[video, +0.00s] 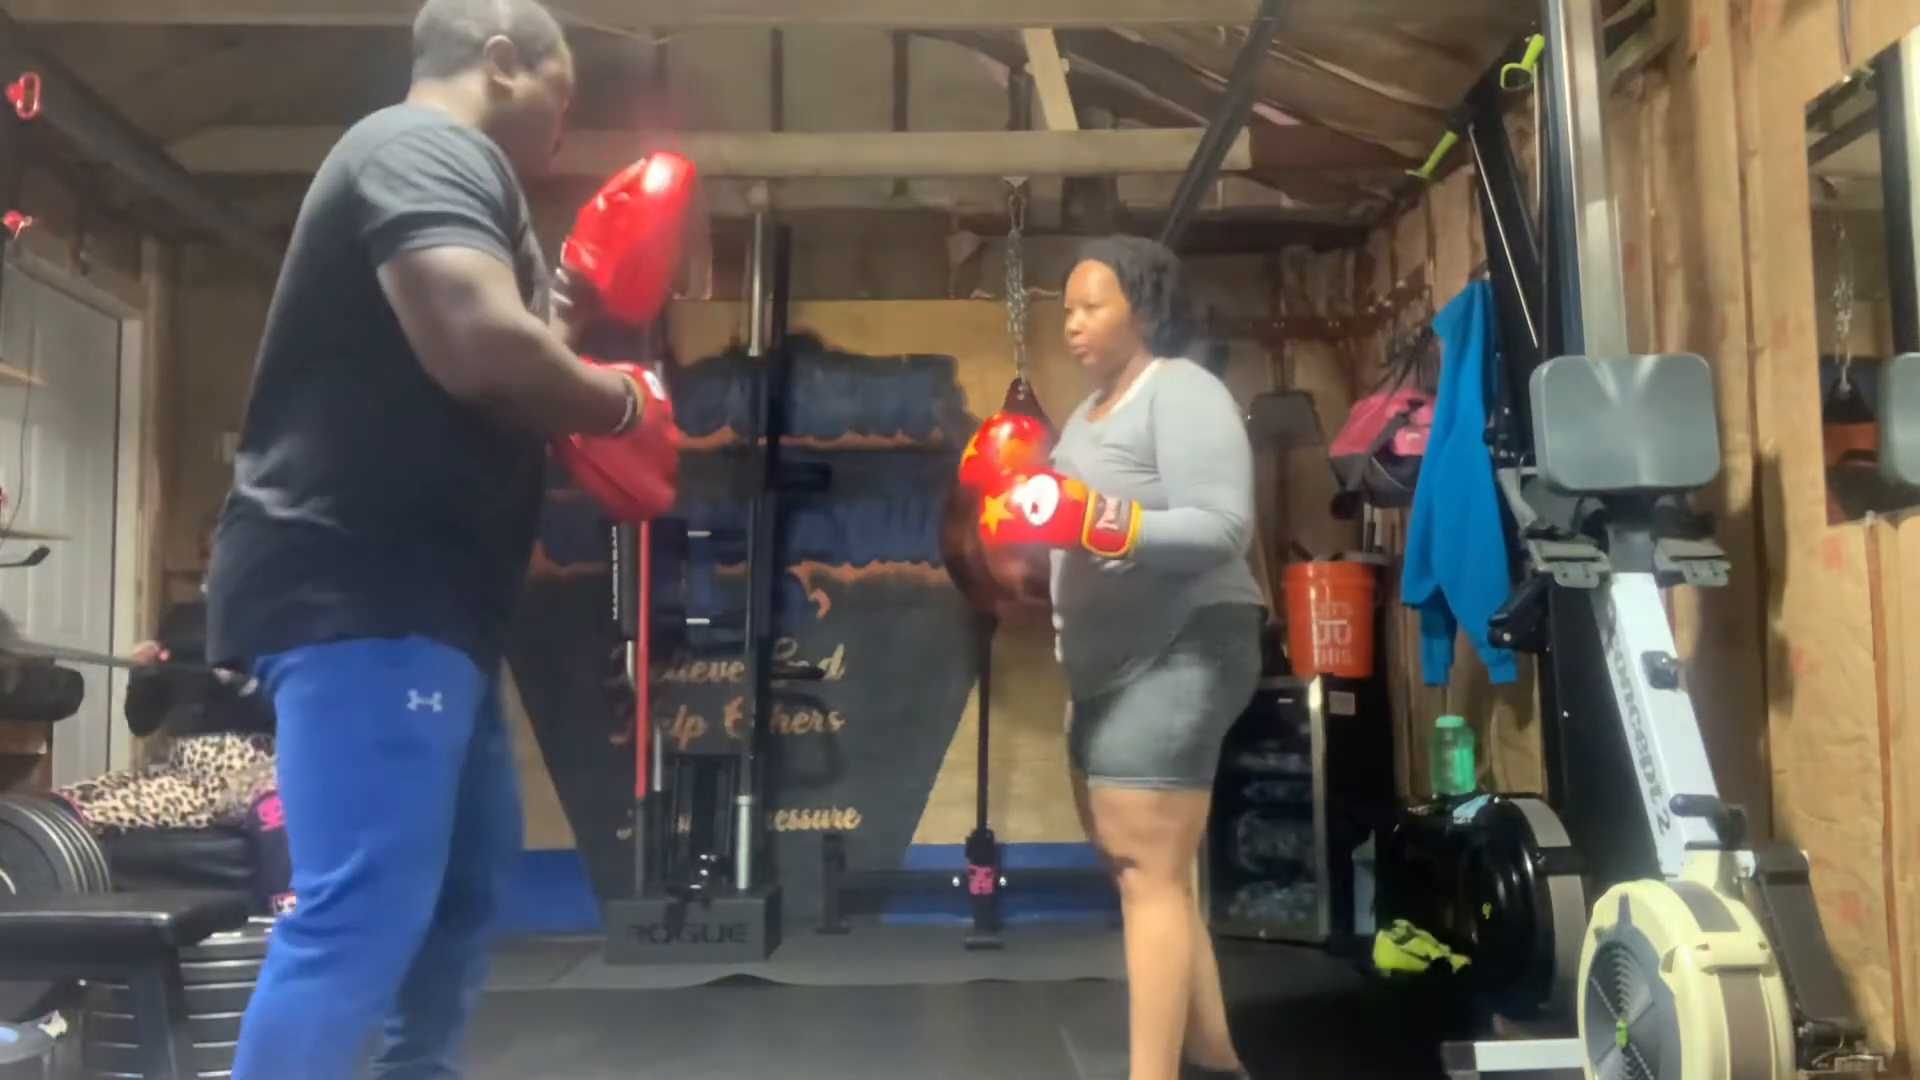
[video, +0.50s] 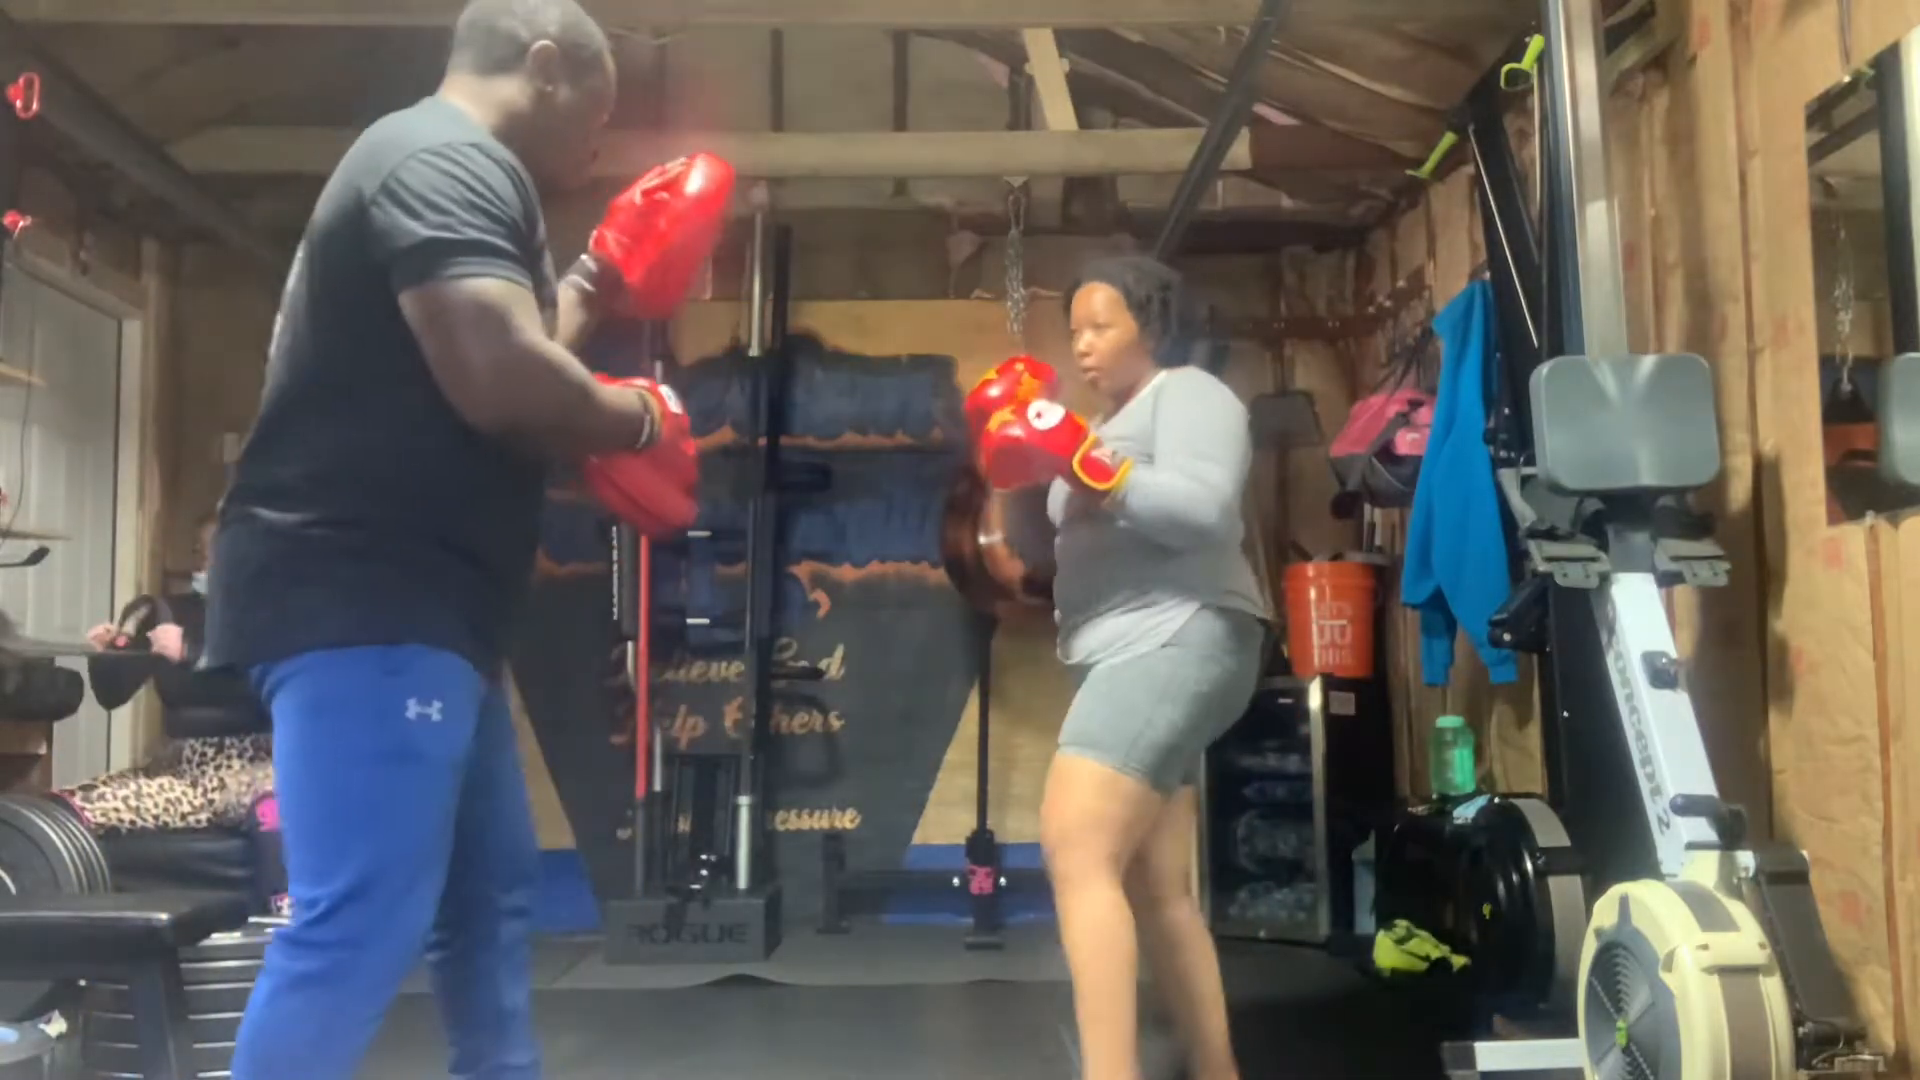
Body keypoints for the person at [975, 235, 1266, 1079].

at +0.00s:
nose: (1071, 325)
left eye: (1089, 307)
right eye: (1069, 309)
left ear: (1141, 311)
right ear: (1080, 318)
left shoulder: (1187, 392)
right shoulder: (1083, 418)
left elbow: (1221, 527)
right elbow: (1080, 527)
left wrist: (1095, 516)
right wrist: (1019, 484)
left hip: (1186, 641)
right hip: (1106, 653)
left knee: (1149, 867)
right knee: (1141, 865)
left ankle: (1152, 1072)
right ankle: (1215, 1058)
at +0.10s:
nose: (1075, 328)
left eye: (1093, 310)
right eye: (1073, 312)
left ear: (1147, 313)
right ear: (1081, 321)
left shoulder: (1191, 393)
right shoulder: (1081, 421)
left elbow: (1223, 527)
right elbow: (1054, 551)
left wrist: (1097, 508)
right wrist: (1010, 484)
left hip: (1185, 635)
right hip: (1109, 645)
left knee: (1144, 865)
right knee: (1154, 872)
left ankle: (1153, 1073)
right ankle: (1214, 1068)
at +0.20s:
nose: (1080, 333)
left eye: (1099, 315)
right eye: (1076, 317)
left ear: (1153, 318)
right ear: (1078, 324)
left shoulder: (1195, 394)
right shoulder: (1081, 423)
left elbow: (1217, 519)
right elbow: (1030, 545)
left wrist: (1101, 479)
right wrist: (1006, 456)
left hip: (1186, 633)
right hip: (1124, 643)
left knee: (1136, 873)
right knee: (1170, 881)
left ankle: (1151, 1073)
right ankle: (1217, 1071)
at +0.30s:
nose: (1082, 335)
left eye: (1100, 317)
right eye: (1077, 320)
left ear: (1153, 320)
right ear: (1079, 328)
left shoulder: (1195, 390)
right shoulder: (1085, 418)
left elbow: (1213, 502)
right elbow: (1035, 544)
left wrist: (1111, 462)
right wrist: (1007, 455)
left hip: (1195, 628)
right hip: (1132, 642)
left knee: (1106, 850)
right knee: (1179, 882)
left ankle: (1146, 1070)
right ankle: (1219, 1070)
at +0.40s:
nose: (1084, 339)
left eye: (1103, 321)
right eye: (1077, 324)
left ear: (1154, 323)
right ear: (1073, 331)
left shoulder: (1193, 387)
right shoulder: (1079, 420)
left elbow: (1207, 495)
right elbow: (1032, 542)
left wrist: (1100, 450)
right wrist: (1009, 446)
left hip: (1196, 624)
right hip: (1127, 642)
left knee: (1083, 834)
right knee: (1176, 884)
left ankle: (1141, 1067)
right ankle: (1219, 1071)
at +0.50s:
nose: (1080, 346)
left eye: (1098, 328)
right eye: (1076, 331)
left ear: (1151, 329)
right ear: (1076, 340)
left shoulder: (1193, 394)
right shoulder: (1085, 428)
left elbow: (1204, 502)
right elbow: (1032, 548)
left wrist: (1097, 470)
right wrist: (1014, 453)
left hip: (1186, 629)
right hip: (1119, 646)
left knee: (1078, 836)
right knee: (1160, 888)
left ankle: (1108, 1073)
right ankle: (1217, 1072)